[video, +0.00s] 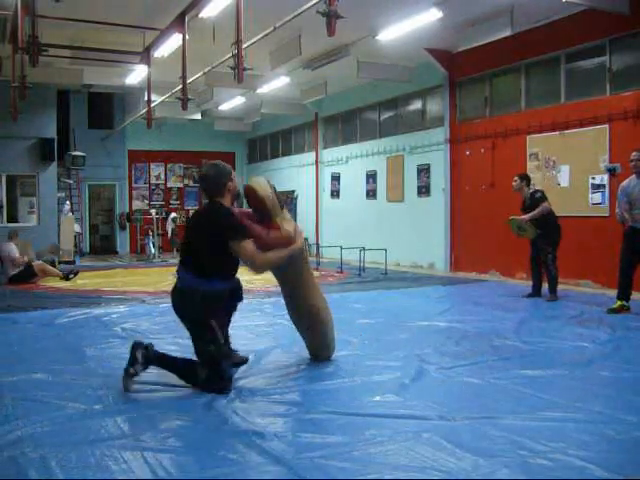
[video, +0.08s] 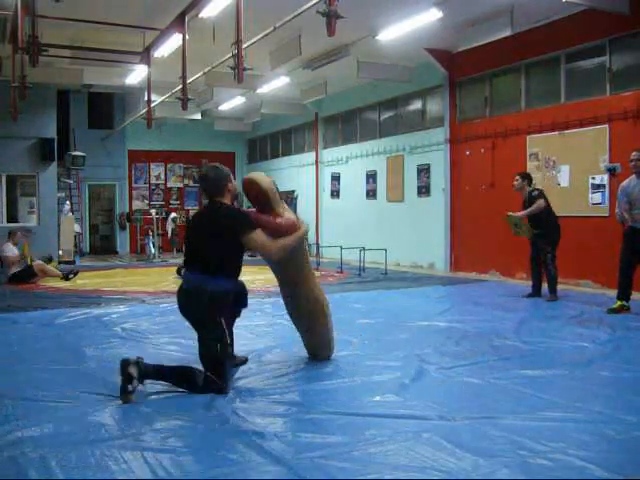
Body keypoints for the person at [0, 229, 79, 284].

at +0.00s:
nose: (18, 240)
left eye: (17, 238)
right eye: (17, 238)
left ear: (10, 237)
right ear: (14, 237)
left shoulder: (9, 246)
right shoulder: (10, 246)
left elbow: (16, 261)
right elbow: (16, 261)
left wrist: (23, 259)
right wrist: (25, 258)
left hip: (16, 275)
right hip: (13, 276)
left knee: (43, 270)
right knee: (40, 265)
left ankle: (64, 275)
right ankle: (63, 275)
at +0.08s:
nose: (20, 239)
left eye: (20, 237)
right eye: (18, 237)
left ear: (14, 237)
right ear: (12, 237)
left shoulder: (14, 247)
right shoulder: (7, 247)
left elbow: (15, 260)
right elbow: (8, 261)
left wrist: (23, 257)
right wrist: (20, 256)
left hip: (19, 274)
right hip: (13, 276)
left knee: (44, 271)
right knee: (39, 264)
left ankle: (65, 275)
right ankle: (63, 275)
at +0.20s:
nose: (18, 239)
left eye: (18, 237)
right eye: (16, 237)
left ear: (18, 238)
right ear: (11, 237)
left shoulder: (18, 247)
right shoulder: (6, 246)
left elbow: (23, 261)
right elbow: (3, 259)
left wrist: (25, 254)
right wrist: (15, 253)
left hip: (22, 274)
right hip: (13, 276)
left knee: (44, 270)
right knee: (38, 263)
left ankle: (64, 274)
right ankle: (62, 275)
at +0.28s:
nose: (16, 239)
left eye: (18, 237)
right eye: (14, 237)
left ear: (20, 238)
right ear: (11, 238)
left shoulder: (21, 248)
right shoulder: (6, 247)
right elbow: (3, 258)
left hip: (23, 275)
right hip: (12, 276)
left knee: (45, 270)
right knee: (39, 264)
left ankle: (63, 275)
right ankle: (62, 275)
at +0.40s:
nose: (16, 239)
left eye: (18, 237)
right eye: (15, 237)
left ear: (21, 238)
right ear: (11, 238)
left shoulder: (22, 247)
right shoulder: (6, 247)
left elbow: (31, 240)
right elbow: (2, 257)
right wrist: (10, 248)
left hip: (23, 274)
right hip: (12, 276)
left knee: (44, 269)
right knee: (39, 264)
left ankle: (63, 274)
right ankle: (61, 275)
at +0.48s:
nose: (18, 240)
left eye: (19, 238)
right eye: (16, 238)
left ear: (21, 239)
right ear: (11, 239)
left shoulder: (23, 248)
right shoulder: (6, 247)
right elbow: (2, 258)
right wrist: (9, 254)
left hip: (24, 273)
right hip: (13, 275)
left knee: (45, 269)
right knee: (39, 264)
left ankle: (63, 274)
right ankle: (61, 275)